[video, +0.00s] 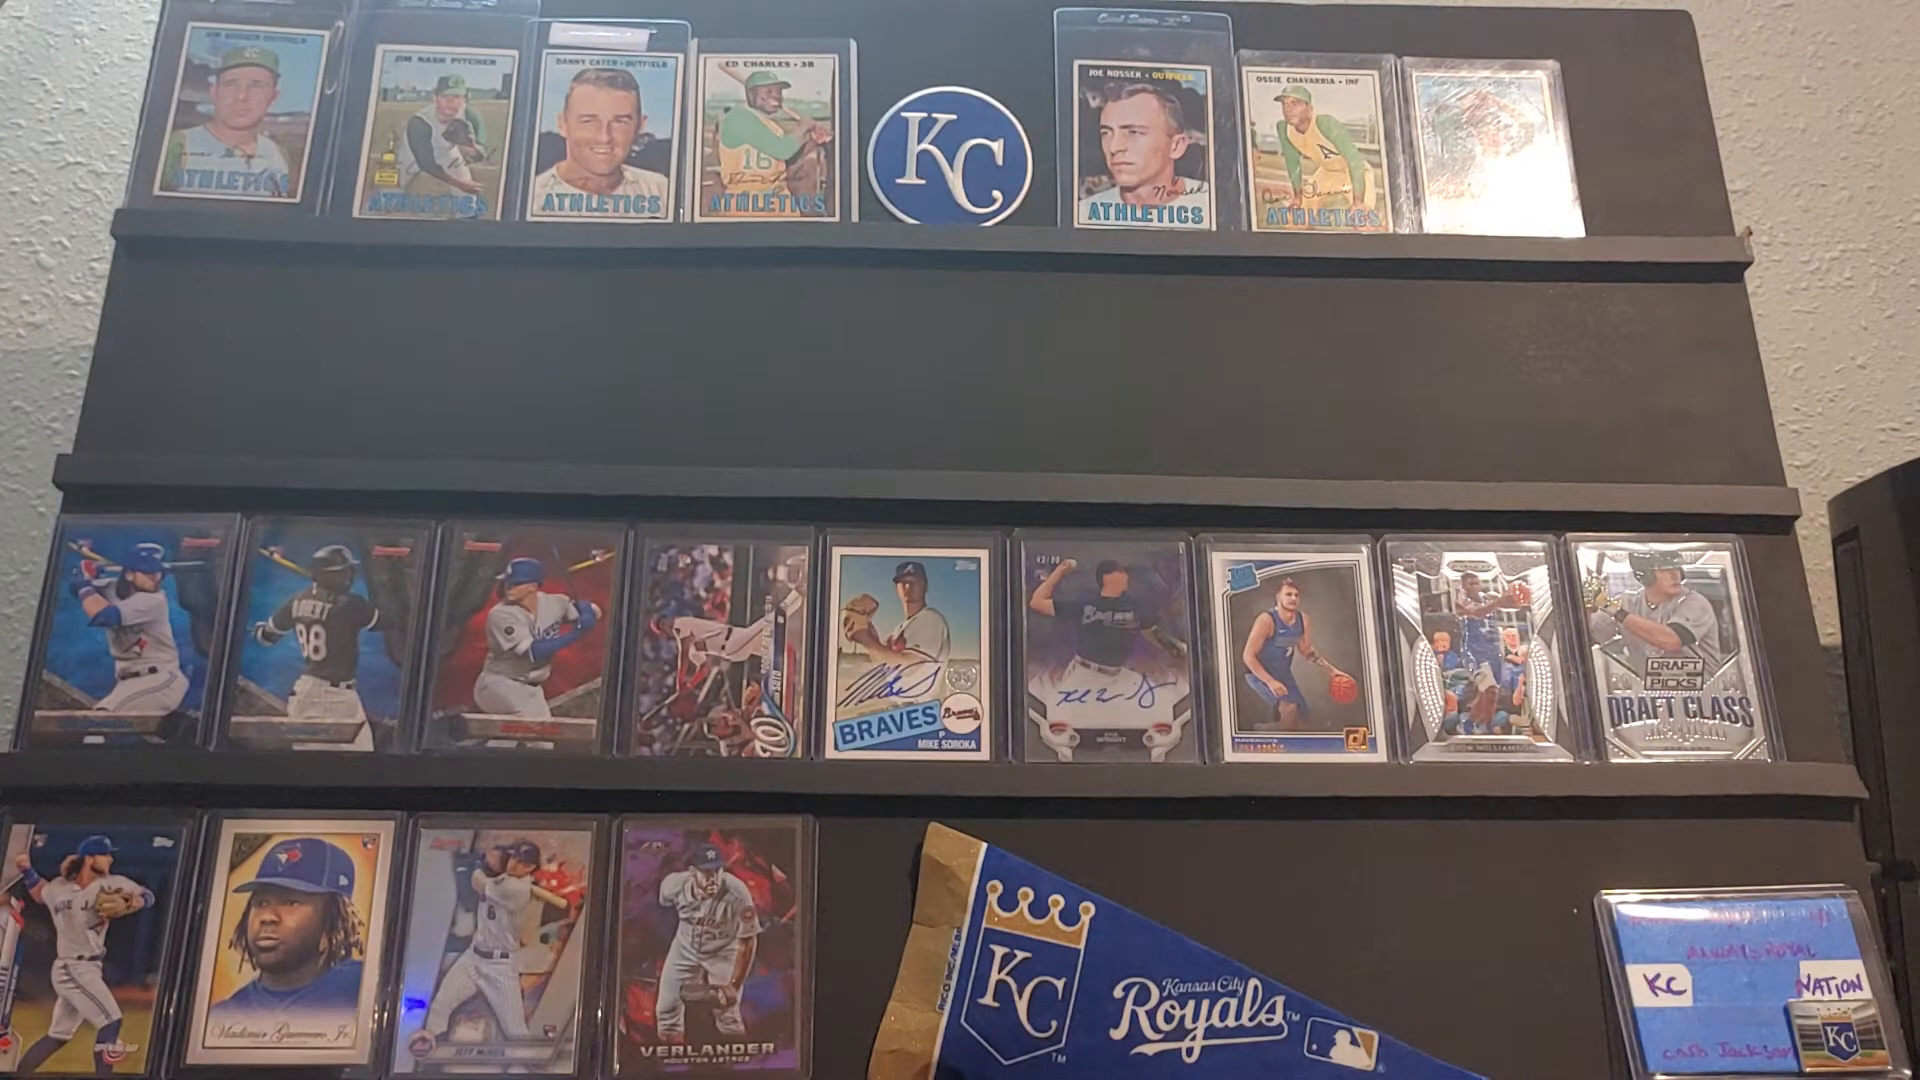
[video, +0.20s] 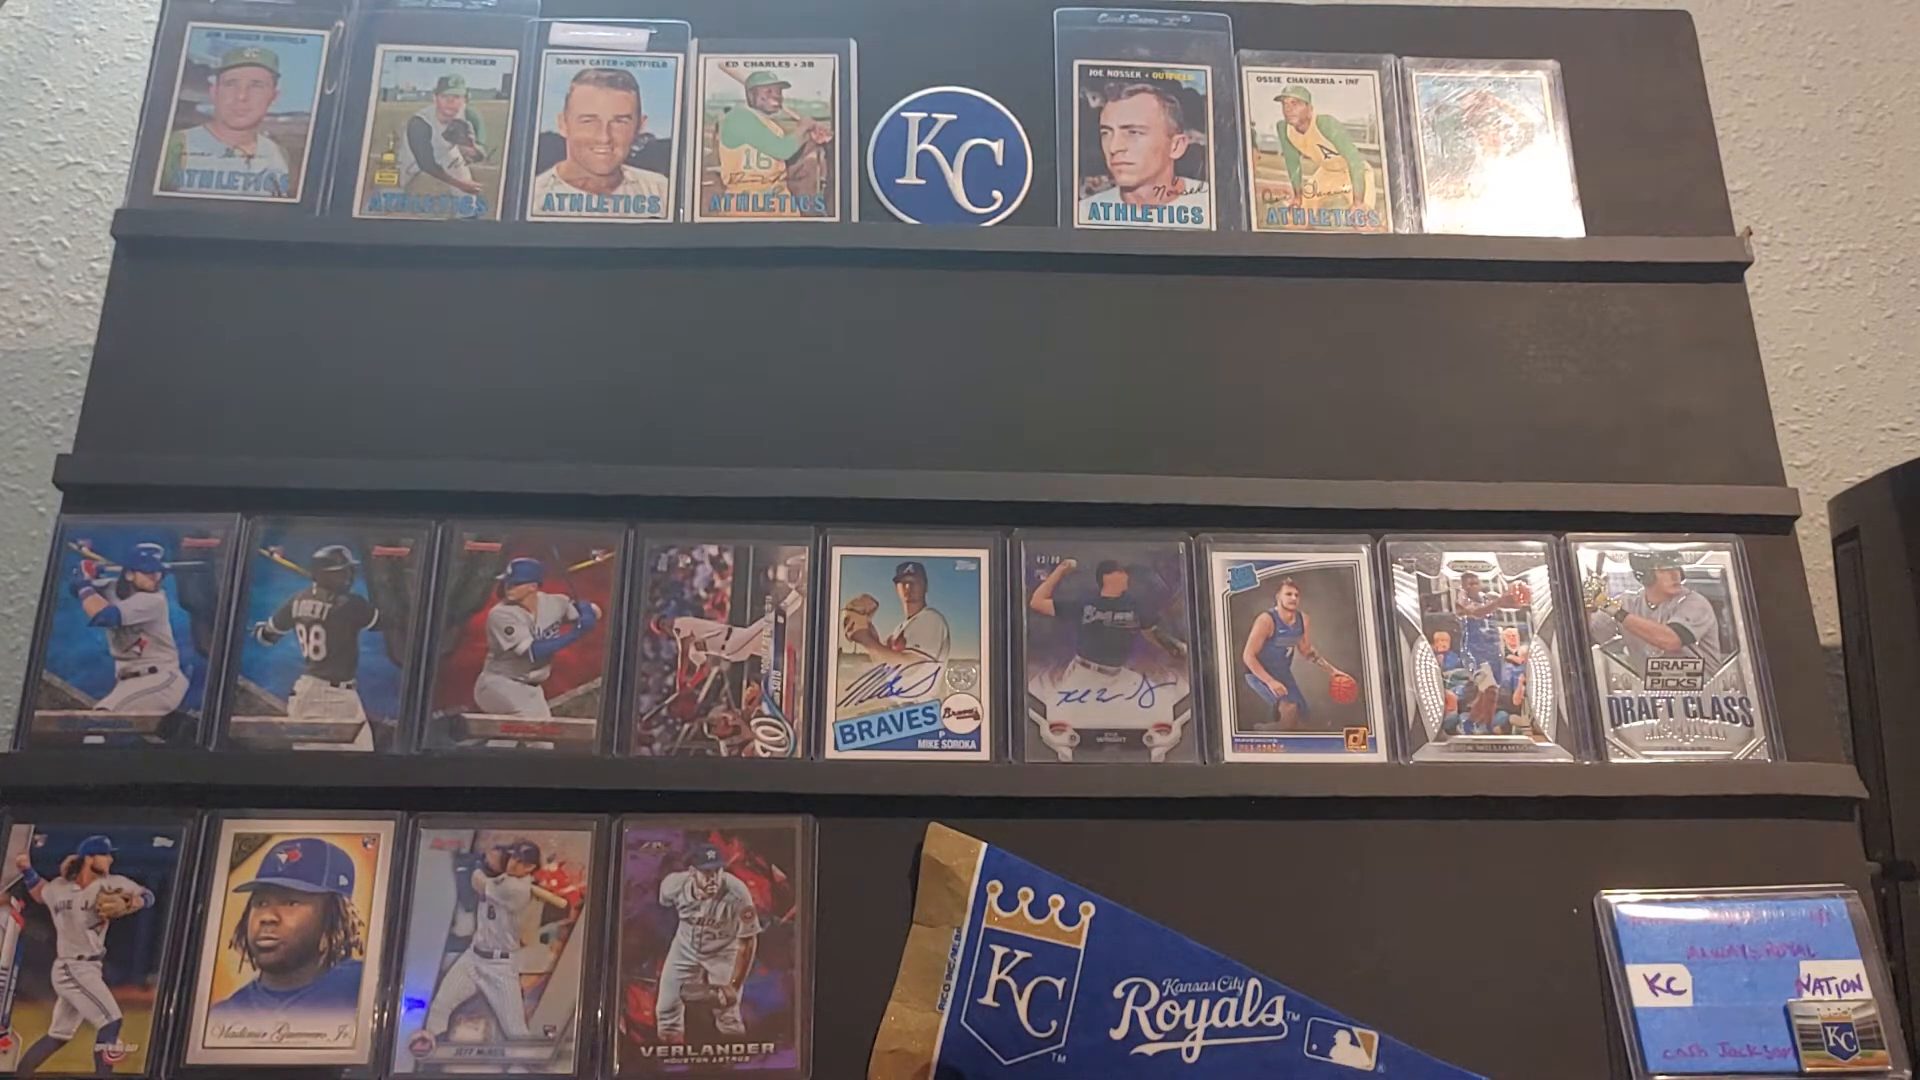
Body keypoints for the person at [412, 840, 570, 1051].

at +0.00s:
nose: (513, 863)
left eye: (520, 862)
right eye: (513, 858)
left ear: (530, 869)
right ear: (509, 858)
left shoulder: (518, 890)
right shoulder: (500, 879)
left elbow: (478, 882)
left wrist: (478, 867)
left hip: (501, 965)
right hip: (473, 957)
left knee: (515, 1031)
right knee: (440, 1005)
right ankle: (426, 1063)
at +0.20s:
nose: (513, 864)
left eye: (520, 862)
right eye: (513, 858)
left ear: (530, 869)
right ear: (509, 858)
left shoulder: (518, 890)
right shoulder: (502, 879)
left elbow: (478, 882)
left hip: (501, 965)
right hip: (473, 957)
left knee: (515, 1031)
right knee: (440, 1004)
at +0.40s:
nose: (513, 864)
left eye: (520, 862)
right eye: (512, 858)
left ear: (530, 869)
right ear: (508, 858)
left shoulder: (518, 890)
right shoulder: (502, 879)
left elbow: (477, 881)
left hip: (501, 965)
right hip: (473, 957)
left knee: (515, 1030)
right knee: (441, 1003)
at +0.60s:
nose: (513, 864)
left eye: (520, 862)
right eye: (513, 859)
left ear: (530, 868)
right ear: (510, 858)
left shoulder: (518, 889)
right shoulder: (501, 879)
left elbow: (478, 882)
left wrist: (484, 865)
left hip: (501, 965)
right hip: (472, 958)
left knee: (515, 1030)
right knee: (439, 1006)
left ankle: (528, 1071)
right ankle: (427, 1064)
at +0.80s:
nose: (515, 864)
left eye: (522, 862)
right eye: (514, 859)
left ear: (531, 868)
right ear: (510, 858)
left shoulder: (519, 890)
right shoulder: (501, 879)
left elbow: (477, 881)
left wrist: (486, 864)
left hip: (501, 965)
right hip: (473, 957)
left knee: (515, 1030)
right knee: (440, 1005)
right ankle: (426, 1065)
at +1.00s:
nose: (515, 864)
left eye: (522, 862)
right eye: (514, 858)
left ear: (531, 868)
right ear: (510, 858)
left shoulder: (518, 890)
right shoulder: (502, 879)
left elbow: (477, 881)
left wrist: (483, 864)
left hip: (501, 965)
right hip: (473, 957)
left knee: (515, 1030)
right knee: (440, 1005)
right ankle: (426, 1064)